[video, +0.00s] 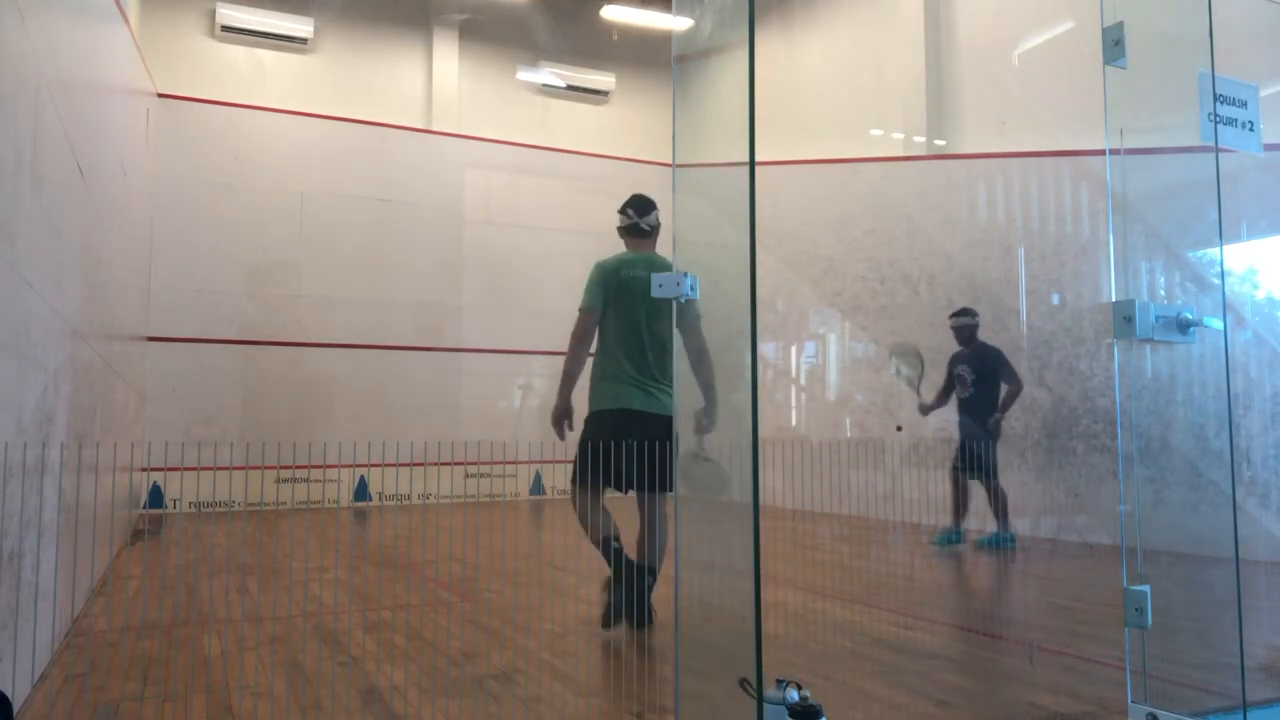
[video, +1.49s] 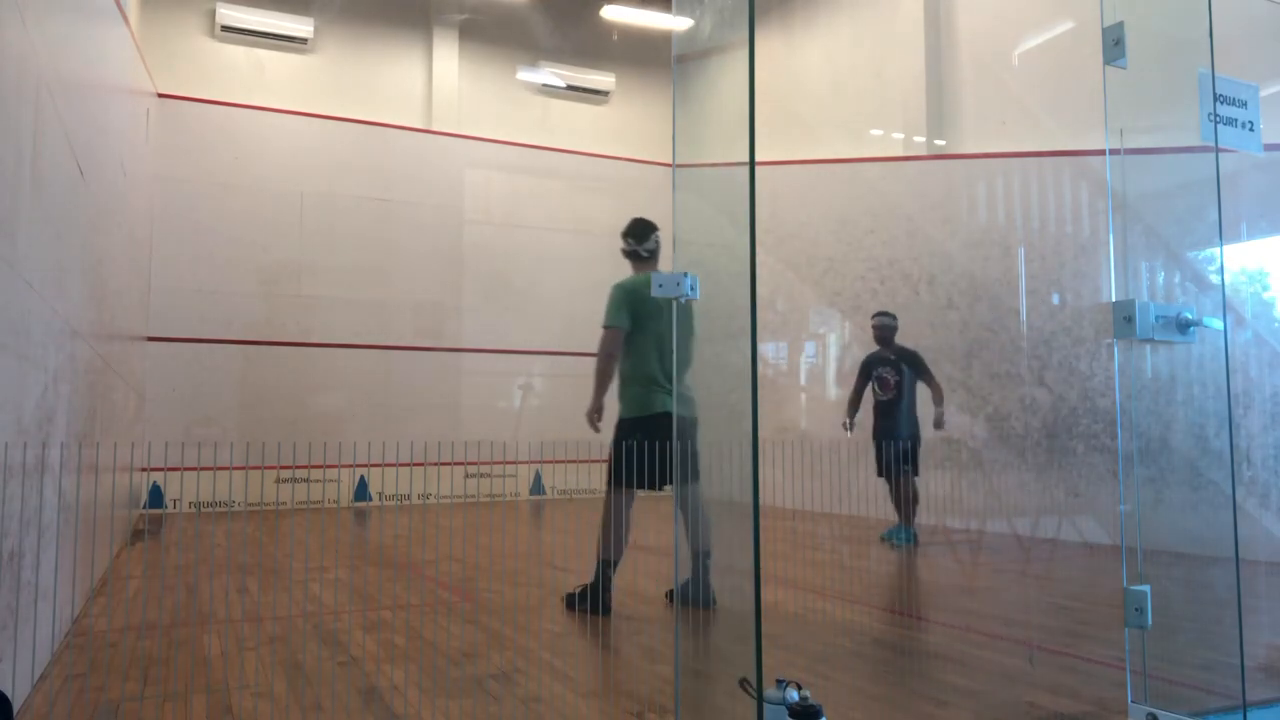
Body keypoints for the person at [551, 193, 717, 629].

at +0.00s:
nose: (626, 236)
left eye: (623, 230)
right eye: (635, 230)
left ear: (620, 229)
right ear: (658, 229)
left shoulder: (607, 270)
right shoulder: (676, 276)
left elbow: (582, 338)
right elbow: (696, 347)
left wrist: (563, 397)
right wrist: (711, 401)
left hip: (612, 412)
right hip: (660, 414)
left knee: (585, 496)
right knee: (654, 508)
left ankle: (622, 568)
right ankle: (640, 603)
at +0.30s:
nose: (616, 243)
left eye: (611, 237)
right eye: (630, 236)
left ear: (609, 237)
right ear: (646, 237)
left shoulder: (594, 277)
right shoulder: (665, 282)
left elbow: (575, 337)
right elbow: (685, 349)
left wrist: (557, 394)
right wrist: (677, 392)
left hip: (602, 414)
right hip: (651, 415)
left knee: (598, 501)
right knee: (648, 505)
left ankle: (593, 589)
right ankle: (642, 600)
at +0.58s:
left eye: (588, 238)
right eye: (618, 238)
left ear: (584, 241)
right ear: (621, 240)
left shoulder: (569, 288)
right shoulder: (641, 285)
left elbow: (553, 355)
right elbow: (662, 343)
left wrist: (552, 408)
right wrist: (663, 386)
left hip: (588, 413)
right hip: (633, 414)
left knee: (591, 499)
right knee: (640, 492)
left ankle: (597, 588)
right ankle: (643, 564)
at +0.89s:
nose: (616, 243)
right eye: (614, 238)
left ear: (577, 245)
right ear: (611, 242)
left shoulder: (562, 290)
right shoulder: (634, 286)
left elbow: (549, 350)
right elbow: (654, 344)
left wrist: (556, 385)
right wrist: (657, 388)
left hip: (586, 413)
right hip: (631, 412)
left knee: (589, 500)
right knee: (636, 496)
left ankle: (596, 590)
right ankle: (641, 585)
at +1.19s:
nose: (588, 248)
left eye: (586, 242)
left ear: (586, 245)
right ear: (622, 243)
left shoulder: (580, 290)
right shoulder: (646, 288)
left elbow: (562, 349)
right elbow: (664, 348)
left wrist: (563, 398)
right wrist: (663, 395)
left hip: (602, 411)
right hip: (645, 410)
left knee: (600, 501)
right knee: (661, 492)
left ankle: (598, 590)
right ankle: (693, 570)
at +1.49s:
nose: (626, 255)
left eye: (625, 250)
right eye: (634, 249)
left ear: (625, 251)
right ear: (658, 249)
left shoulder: (626, 290)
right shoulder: (680, 291)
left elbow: (609, 350)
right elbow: (687, 351)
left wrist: (597, 399)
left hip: (640, 415)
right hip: (682, 415)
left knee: (619, 498)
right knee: (690, 497)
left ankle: (600, 588)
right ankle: (701, 583)